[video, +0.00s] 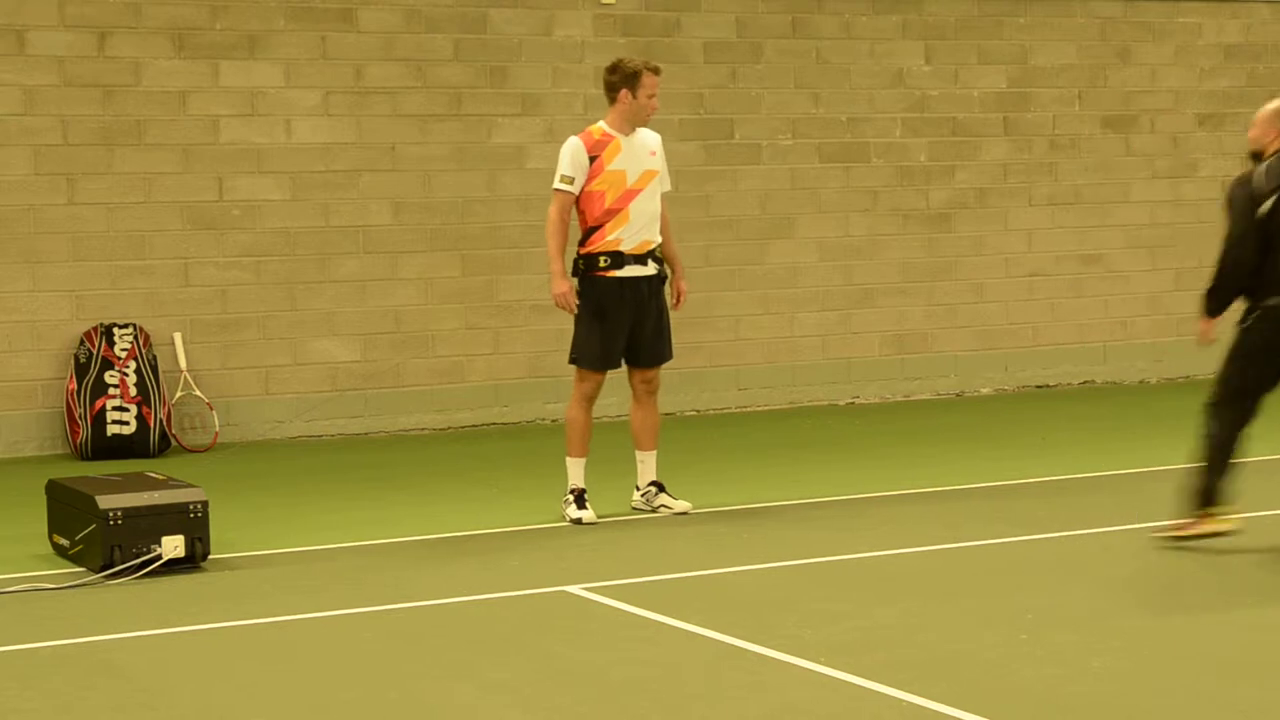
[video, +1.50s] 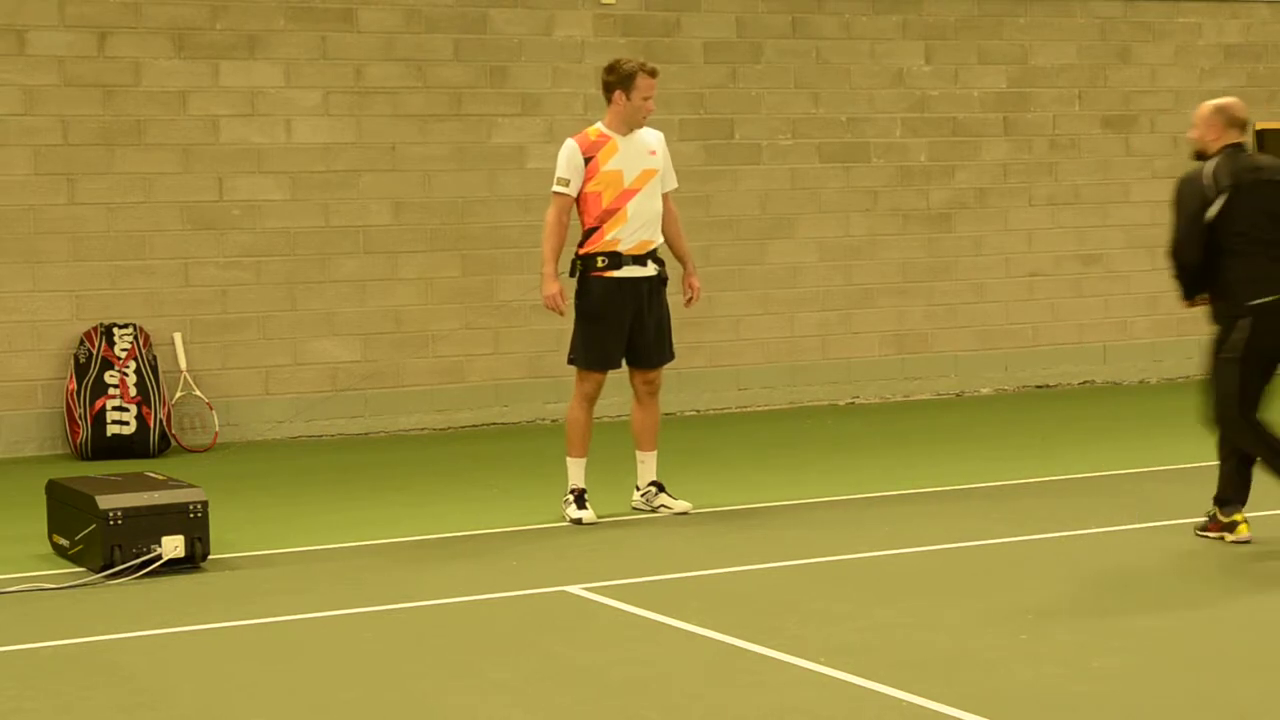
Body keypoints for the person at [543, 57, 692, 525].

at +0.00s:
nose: (656, 104)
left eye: (657, 97)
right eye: (651, 96)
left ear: (637, 98)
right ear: (623, 96)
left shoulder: (652, 144)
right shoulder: (581, 147)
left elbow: (659, 214)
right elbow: (558, 215)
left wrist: (676, 268)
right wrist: (558, 275)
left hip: (649, 281)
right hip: (601, 283)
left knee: (646, 384)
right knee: (587, 387)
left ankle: (647, 487)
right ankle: (576, 493)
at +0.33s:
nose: (652, 106)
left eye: (653, 98)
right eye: (647, 98)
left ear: (630, 99)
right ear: (619, 98)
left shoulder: (650, 142)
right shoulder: (576, 149)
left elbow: (660, 208)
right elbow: (554, 215)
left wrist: (682, 262)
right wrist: (550, 275)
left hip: (648, 281)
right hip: (600, 283)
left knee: (646, 384)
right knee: (587, 388)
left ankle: (647, 487)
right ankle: (576, 493)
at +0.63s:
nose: (652, 106)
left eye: (654, 99)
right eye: (647, 99)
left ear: (631, 99)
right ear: (619, 98)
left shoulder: (653, 141)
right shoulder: (576, 148)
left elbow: (665, 206)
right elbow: (556, 214)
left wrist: (688, 262)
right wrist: (549, 275)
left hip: (649, 280)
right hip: (601, 283)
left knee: (646, 384)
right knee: (588, 388)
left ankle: (648, 487)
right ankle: (576, 492)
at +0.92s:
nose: (653, 106)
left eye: (654, 98)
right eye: (647, 98)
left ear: (631, 99)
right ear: (620, 98)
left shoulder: (654, 140)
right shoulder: (577, 147)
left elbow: (668, 205)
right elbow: (556, 214)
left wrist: (691, 261)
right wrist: (548, 274)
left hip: (649, 280)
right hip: (601, 283)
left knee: (647, 384)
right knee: (588, 388)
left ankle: (647, 487)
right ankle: (576, 492)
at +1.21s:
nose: (652, 106)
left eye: (653, 99)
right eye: (646, 99)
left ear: (639, 98)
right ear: (619, 97)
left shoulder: (655, 140)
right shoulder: (578, 146)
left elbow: (668, 206)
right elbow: (556, 213)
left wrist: (689, 262)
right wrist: (547, 273)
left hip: (649, 280)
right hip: (601, 283)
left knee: (648, 384)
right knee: (588, 388)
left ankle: (647, 487)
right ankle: (576, 492)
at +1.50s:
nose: (652, 107)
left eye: (653, 99)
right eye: (646, 99)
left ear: (641, 99)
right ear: (618, 98)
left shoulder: (654, 142)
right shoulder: (579, 148)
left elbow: (666, 208)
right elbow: (558, 214)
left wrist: (687, 264)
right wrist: (549, 275)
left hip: (649, 281)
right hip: (601, 283)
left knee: (648, 384)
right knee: (588, 388)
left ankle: (647, 487)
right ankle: (576, 492)